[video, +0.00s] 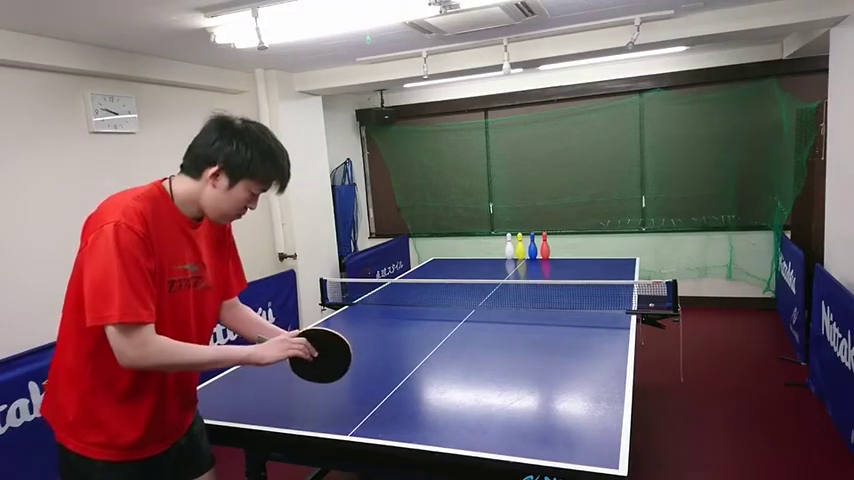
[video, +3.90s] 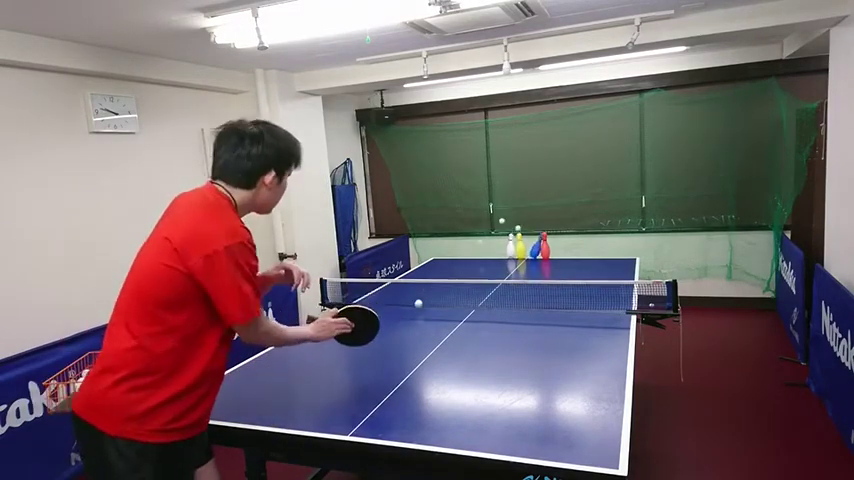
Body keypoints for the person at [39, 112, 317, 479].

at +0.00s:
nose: (252, 207)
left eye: (257, 197)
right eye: (251, 194)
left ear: (215, 177)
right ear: (215, 175)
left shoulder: (211, 221)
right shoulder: (121, 225)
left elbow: (226, 305)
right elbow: (134, 349)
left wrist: (284, 340)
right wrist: (251, 354)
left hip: (173, 419)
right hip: (105, 438)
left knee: (201, 472)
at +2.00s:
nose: (254, 222)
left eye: (259, 212)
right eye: (251, 209)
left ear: (214, 192)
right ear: (214, 191)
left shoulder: (217, 231)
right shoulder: (120, 241)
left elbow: (237, 313)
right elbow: (137, 362)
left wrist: (306, 354)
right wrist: (245, 383)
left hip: (169, 422)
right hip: (99, 444)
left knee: (197, 471)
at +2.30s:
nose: (249, 221)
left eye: (255, 212)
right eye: (247, 210)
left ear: (207, 193)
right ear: (207, 192)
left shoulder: (217, 232)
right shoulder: (105, 239)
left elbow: (238, 312)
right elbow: (90, 364)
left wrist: (311, 355)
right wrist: (200, 411)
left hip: (172, 434)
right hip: (96, 453)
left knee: (200, 472)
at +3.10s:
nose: (268, 225)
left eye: (273, 216)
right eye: (266, 214)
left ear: (228, 197)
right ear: (228, 196)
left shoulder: (233, 234)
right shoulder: (132, 239)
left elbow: (252, 304)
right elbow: (84, 354)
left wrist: (316, 335)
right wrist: (197, 391)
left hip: (176, 428)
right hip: (105, 442)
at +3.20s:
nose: (281, 228)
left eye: (286, 219)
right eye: (281, 216)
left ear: (247, 201)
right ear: (246, 200)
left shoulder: (237, 231)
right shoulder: (159, 245)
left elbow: (255, 303)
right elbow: (152, 363)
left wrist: (317, 319)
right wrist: (264, 388)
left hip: (176, 415)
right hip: (112, 430)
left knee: (199, 472)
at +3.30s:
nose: (292, 228)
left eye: (297, 219)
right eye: (293, 216)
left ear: (258, 202)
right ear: (261, 203)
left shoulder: (235, 225)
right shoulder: (191, 262)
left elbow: (255, 299)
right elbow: (239, 352)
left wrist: (303, 299)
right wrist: (318, 364)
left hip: (172, 410)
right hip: (118, 426)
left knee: (202, 472)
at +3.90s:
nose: (284, 188)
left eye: (286, 178)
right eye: (285, 178)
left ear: (225, 165)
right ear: (267, 178)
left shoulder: (192, 204)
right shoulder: (224, 234)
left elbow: (218, 293)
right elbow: (253, 330)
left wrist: (270, 278)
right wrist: (309, 332)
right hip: (143, 428)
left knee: (207, 471)